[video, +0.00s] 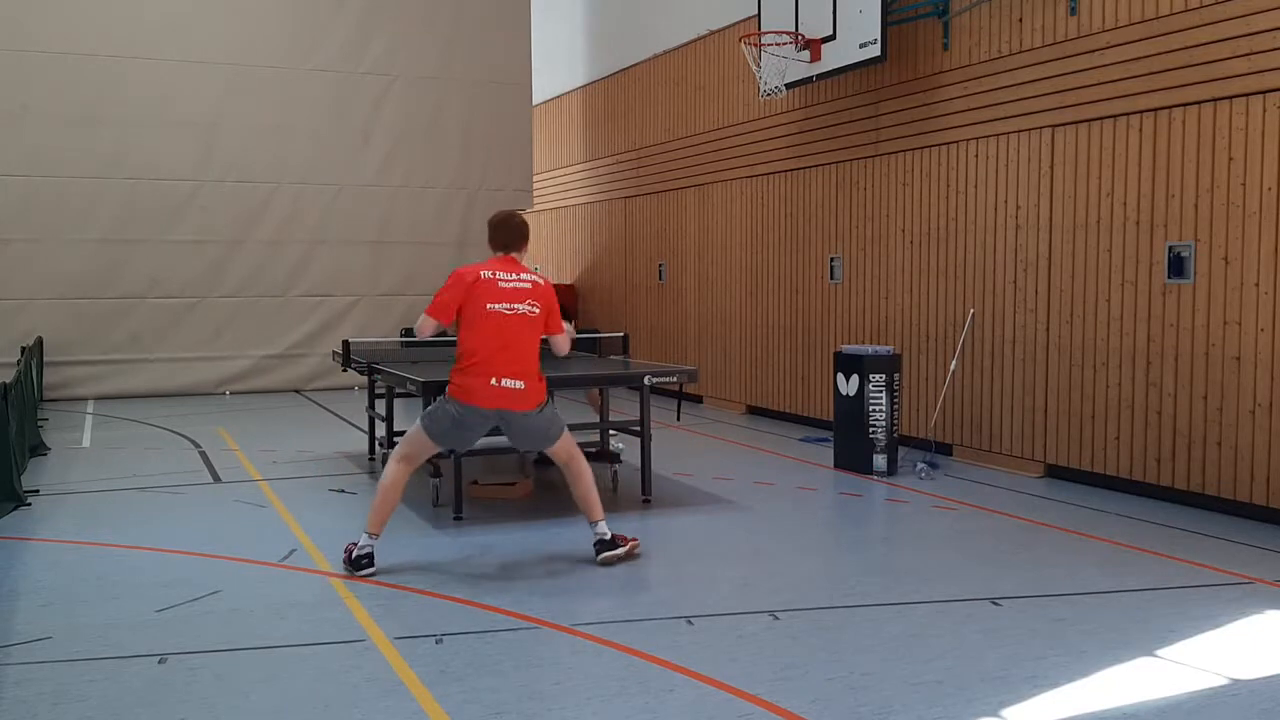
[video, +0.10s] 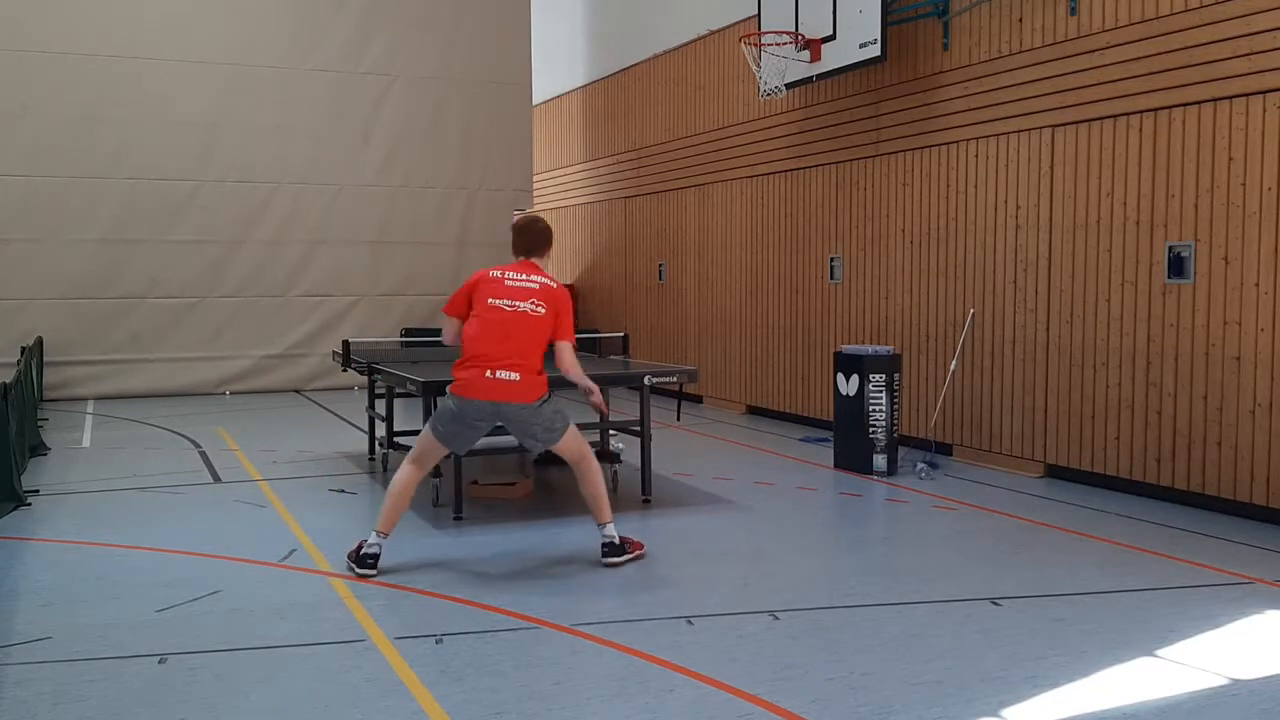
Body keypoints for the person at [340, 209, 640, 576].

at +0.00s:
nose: (523, 244)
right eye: (525, 239)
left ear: (490, 243)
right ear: (525, 244)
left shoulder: (467, 276)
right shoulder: (541, 285)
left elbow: (423, 330)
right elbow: (561, 347)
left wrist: (447, 313)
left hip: (468, 403)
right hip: (526, 406)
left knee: (403, 460)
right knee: (571, 459)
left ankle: (365, 548)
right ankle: (604, 536)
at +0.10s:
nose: (548, 251)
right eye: (549, 247)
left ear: (512, 248)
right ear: (548, 251)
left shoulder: (482, 279)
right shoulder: (557, 292)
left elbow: (450, 337)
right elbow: (564, 360)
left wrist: (488, 331)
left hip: (470, 394)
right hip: (526, 399)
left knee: (416, 464)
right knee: (581, 457)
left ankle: (372, 548)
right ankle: (611, 539)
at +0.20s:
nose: (578, 284)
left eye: (576, 279)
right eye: (579, 278)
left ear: (540, 271)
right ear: (574, 277)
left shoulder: (509, 297)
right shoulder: (564, 311)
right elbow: (555, 373)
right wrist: (591, 418)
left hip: (472, 414)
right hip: (525, 417)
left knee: (429, 481)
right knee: (598, 455)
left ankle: (373, 548)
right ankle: (617, 542)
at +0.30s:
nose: (599, 294)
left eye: (599, 287)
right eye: (599, 287)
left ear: (563, 280)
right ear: (591, 286)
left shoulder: (528, 305)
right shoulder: (567, 312)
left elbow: (514, 362)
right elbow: (556, 374)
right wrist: (604, 411)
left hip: (483, 416)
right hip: (531, 418)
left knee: (440, 491)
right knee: (613, 449)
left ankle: (376, 549)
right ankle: (620, 541)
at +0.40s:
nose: (601, 275)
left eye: (601, 267)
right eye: (601, 267)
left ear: (565, 259)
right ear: (590, 264)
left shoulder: (524, 286)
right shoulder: (581, 300)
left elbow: (487, 326)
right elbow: (598, 362)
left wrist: (526, 334)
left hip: (493, 402)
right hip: (546, 405)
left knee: (439, 476)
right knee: (614, 451)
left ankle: (377, 546)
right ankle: (618, 540)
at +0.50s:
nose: (596, 262)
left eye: (597, 255)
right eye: (595, 254)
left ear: (560, 246)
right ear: (582, 250)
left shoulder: (520, 269)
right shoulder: (585, 286)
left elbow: (481, 309)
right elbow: (634, 333)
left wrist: (523, 309)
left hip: (494, 390)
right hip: (550, 395)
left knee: (434, 458)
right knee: (607, 444)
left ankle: (386, 540)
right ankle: (621, 527)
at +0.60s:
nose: (590, 260)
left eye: (587, 253)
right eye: (588, 254)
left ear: (548, 252)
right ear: (583, 258)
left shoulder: (520, 277)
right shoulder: (588, 295)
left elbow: (462, 309)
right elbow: (615, 300)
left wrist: (480, 297)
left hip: (498, 396)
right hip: (554, 403)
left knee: (434, 460)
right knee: (605, 459)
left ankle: (381, 542)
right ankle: (632, 535)